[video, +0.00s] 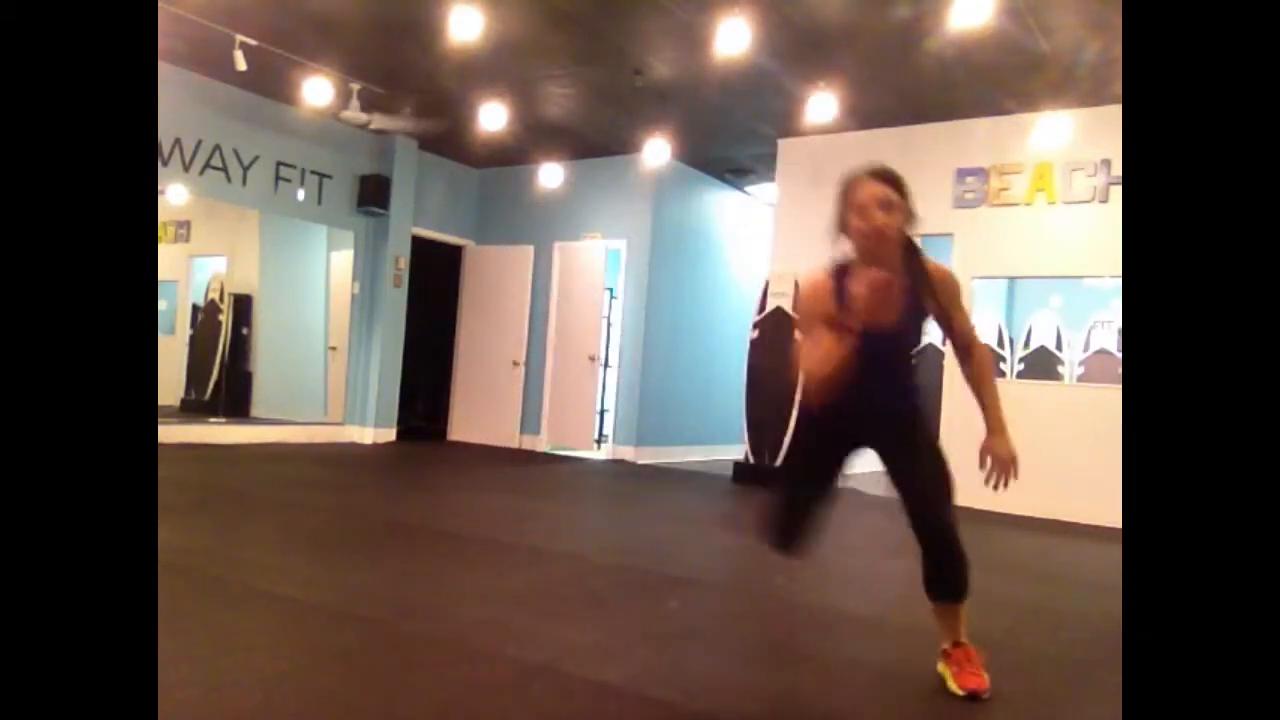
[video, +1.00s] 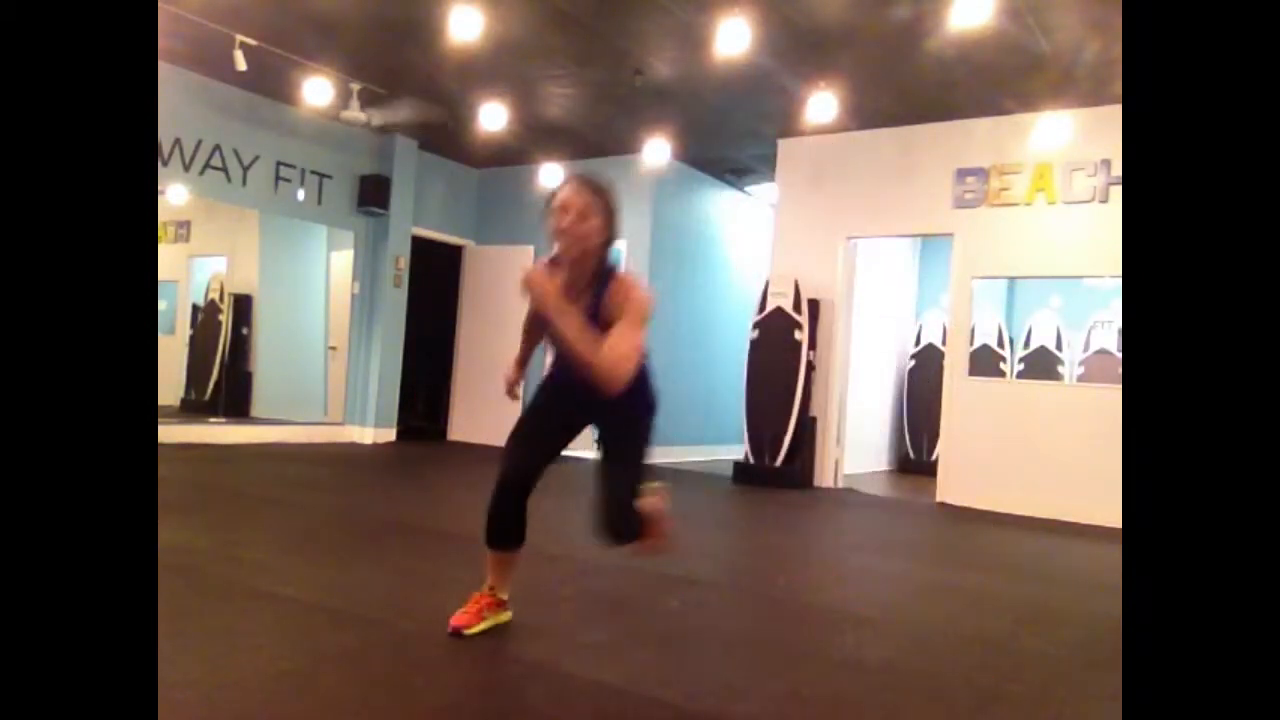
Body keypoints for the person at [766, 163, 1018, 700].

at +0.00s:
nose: (874, 220)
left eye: (885, 207)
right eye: (861, 210)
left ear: (906, 218)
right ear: (844, 224)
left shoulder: (931, 282)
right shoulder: (821, 288)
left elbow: (969, 349)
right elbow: (811, 378)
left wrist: (997, 429)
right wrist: (854, 319)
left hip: (899, 417)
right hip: (831, 416)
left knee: (938, 526)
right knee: (785, 531)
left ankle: (955, 647)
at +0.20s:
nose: (925, 270)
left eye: (937, 257)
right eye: (911, 259)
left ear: (956, 268)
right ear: (891, 273)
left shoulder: (969, 324)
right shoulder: (862, 341)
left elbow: (957, 358)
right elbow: (888, 446)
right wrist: (918, 376)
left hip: (938, 439)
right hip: (878, 459)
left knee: (949, 553)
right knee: (912, 580)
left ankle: (956, 651)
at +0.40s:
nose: (901, 239)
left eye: (913, 227)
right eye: (888, 229)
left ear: (933, 240)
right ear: (870, 243)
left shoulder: (953, 312)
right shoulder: (838, 310)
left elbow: (971, 382)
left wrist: (1002, 456)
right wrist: (868, 436)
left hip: (927, 429)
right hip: (860, 434)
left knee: (936, 544)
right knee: (876, 558)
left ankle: (953, 648)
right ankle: (943, 570)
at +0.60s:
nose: (797, 158)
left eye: (810, 148)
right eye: (787, 148)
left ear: (835, 158)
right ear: (775, 159)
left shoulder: (865, 210)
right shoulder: (766, 234)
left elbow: (926, 247)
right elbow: (711, 284)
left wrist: (835, 210)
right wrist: (672, 336)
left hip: (850, 384)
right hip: (782, 381)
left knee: (903, 507)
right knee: (710, 442)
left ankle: (952, 643)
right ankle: (703, 542)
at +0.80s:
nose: (679, 126)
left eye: (690, 116)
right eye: (668, 117)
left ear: (712, 129)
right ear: (655, 133)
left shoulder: (734, 189)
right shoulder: (643, 199)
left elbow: (772, 246)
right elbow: (605, 250)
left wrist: (705, 215)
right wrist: (570, 300)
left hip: (729, 346)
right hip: (663, 343)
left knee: (784, 451)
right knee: (587, 440)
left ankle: (857, 554)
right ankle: (516, 540)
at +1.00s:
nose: (568, 224)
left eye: (583, 215)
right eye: (561, 213)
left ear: (606, 228)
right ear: (550, 223)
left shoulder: (629, 293)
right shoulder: (545, 277)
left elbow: (614, 374)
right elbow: (537, 322)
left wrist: (553, 304)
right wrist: (519, 365)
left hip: (623, 400)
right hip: (566, 388)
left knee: (618, 524)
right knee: (512, 480)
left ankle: (653, 513)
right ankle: (494, 595)